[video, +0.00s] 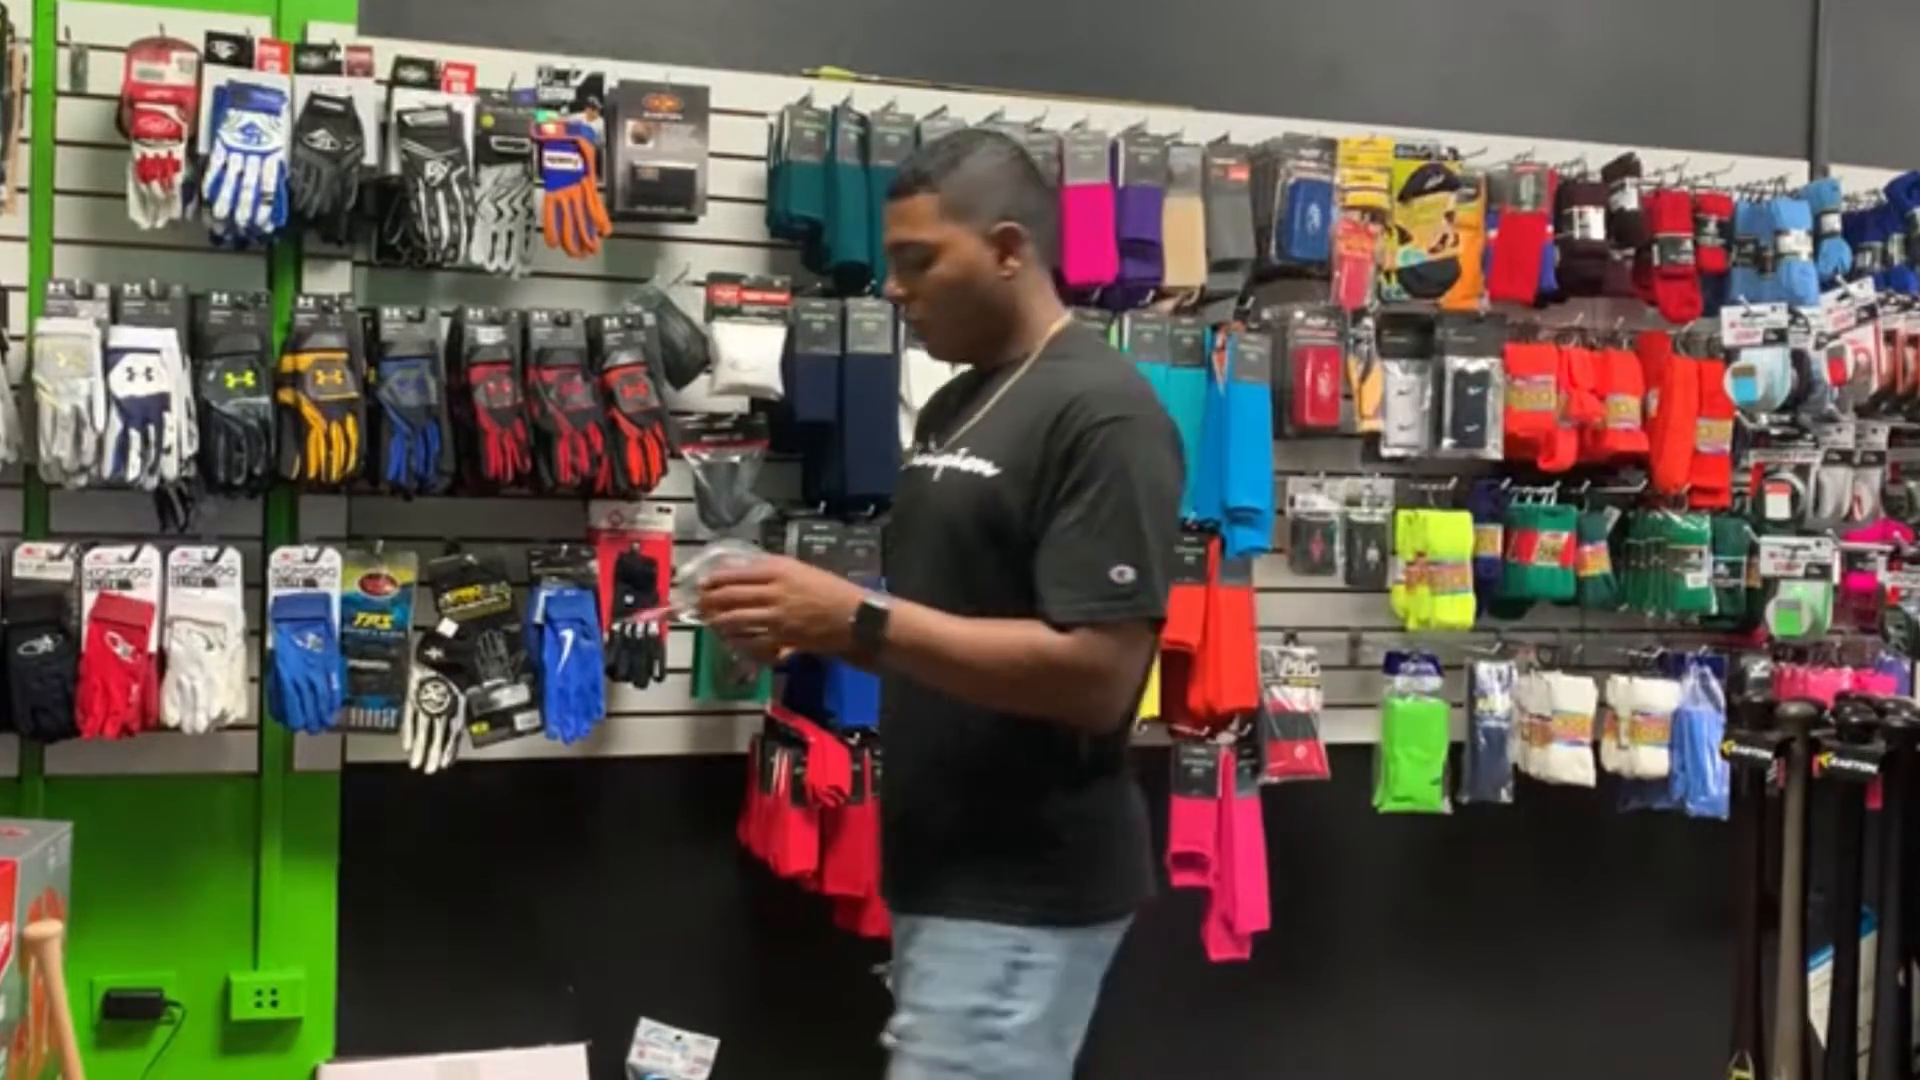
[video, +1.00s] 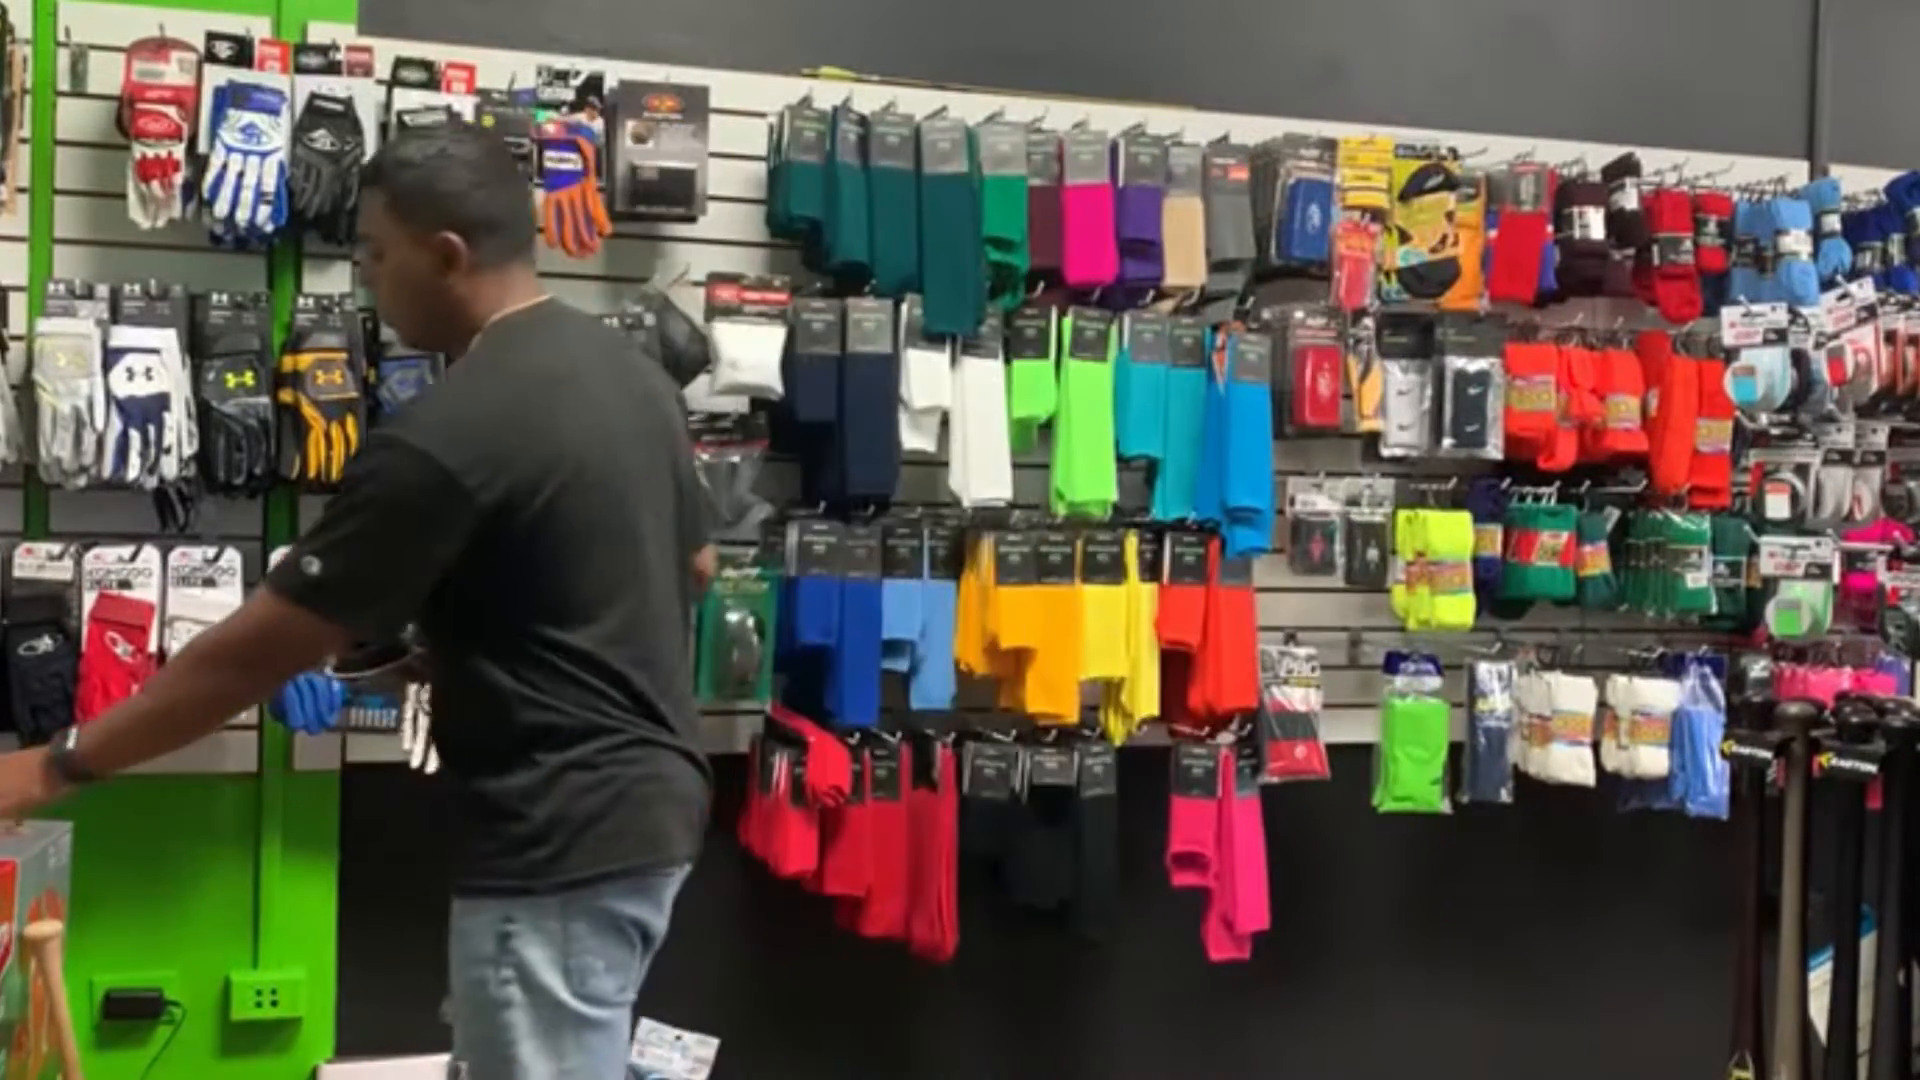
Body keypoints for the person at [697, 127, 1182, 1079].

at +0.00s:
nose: (896, 292)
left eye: (917, 260)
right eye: (892, 267)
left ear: (1008, 247)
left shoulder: (1107, 412)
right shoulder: (960, 406)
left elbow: (1099, 680)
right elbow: (953, 629)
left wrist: (858, 621)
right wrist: (824, 618)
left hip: (1027, 891)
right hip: (945, 873)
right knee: (943, 1060)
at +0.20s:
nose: (808, 296)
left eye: (826, 263)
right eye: (806, 271)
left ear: (916, 251)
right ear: (913, 256)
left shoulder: (991, 412)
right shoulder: (947, 397)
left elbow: (994, 681)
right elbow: (937, 650)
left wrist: (755, 628)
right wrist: (749, 634)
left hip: (934, 898)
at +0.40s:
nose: (695, 288)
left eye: (711, 259)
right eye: (698, 262)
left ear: (794, 258)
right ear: (797, 259)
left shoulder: (842, 426)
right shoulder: (871, 399)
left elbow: (845, 700)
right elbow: (851, 635)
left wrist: (603, 690)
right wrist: (697, 645)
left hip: (825, 901)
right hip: (906, 883)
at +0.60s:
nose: (553, 265)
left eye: (566, 240)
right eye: (552, 240)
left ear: (648, 248)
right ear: (659, 247)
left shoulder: (676, 414)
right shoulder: (769, 376)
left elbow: (617, 705)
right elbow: (751, 639)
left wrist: (393, 728)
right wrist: (593, 638)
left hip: (694, 872)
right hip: (793, 851)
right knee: (753, 1068)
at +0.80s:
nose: (453, 262)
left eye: (460, 237)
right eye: (452, 237)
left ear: (536, 242)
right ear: (563, 234)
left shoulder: (541, 423)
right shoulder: (692, 363)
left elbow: (405, 659)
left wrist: (180, 741)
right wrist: (488, 662)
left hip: (613, 841)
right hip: (708, 818)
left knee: (569, 1063)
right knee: (587, 1057)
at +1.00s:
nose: (366, 278)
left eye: (375, 252)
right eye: (364, 253)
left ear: (448, 253)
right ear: (478, 246)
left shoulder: (446, 438)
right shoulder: (628, 366)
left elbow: (264, 647)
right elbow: (690, 558)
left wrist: (64, 762)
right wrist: (467, 644)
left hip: (555, 834)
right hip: (642, 803)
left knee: (533, 1063)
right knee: (558, 1057)